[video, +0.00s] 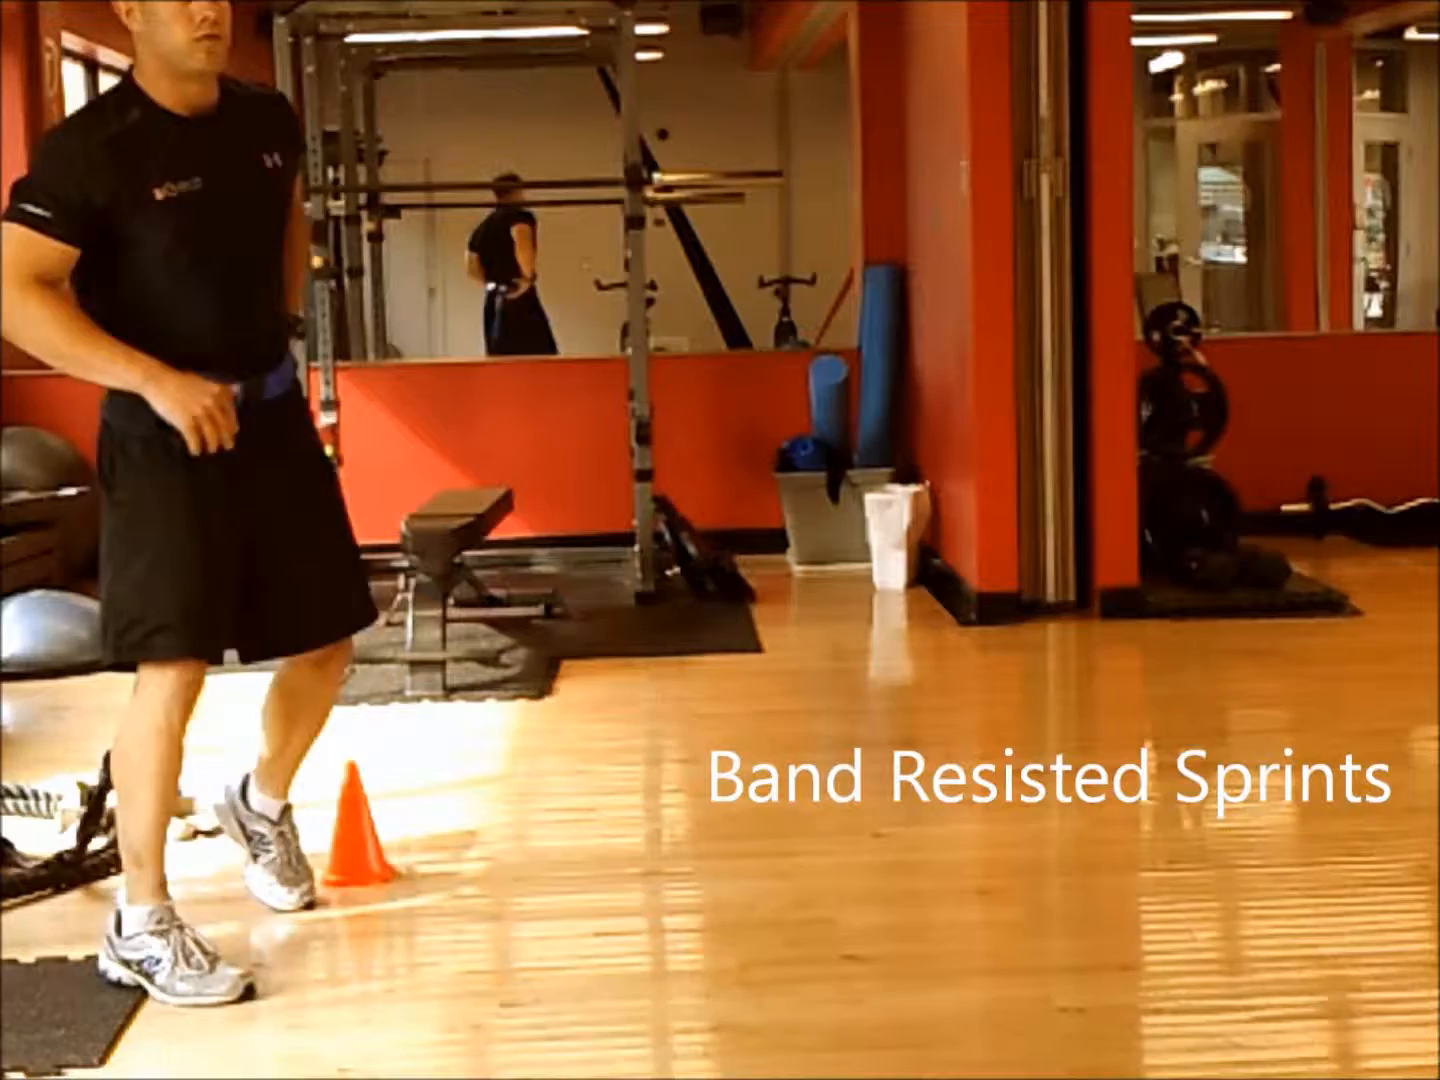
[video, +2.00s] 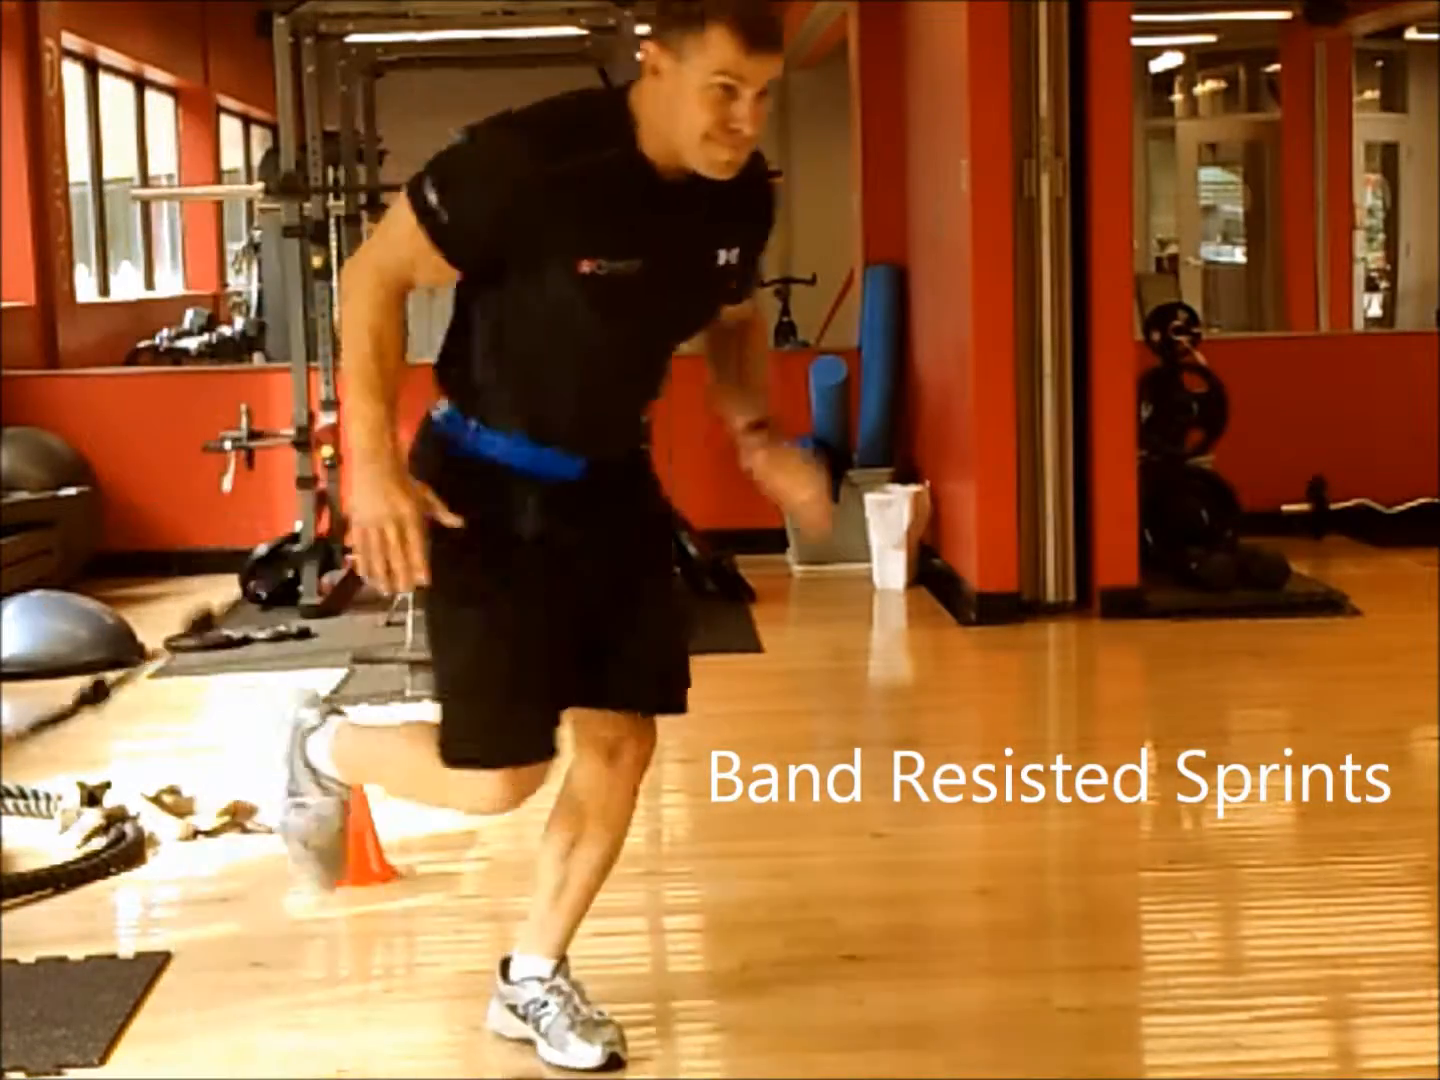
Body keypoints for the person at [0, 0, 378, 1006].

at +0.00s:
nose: (214, 13)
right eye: (189, 1)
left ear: (229, 14)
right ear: (133, 17)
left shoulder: (268, 121)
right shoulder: (82, 147)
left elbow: (292, 243)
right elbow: (23, 301)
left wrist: (280, 342)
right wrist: (156, 379)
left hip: (272, 415)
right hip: (160, 431)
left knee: (327, 634)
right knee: (173, 664)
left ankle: (263, 799)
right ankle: (142, 916)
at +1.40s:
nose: (368, 125)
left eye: (381, 104)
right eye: (348, 103)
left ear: (391, 99)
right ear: (294, 86)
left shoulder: (405, 194)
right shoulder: (201, 167)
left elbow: (445, 314)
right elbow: (75, 237)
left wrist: (466, 381)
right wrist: (57, 377)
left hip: (305, 458)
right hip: (202, 443)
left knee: (271, 662)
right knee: (244, 645)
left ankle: (235, 835)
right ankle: (190, 867)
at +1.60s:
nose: (419, 179)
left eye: (430, 155)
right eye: (397, 154)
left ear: (442, 150)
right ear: (336, 141)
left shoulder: (450, 239)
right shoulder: (237, 220)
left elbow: (470, 344)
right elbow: (108, 310)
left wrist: (482, 460)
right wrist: (136, 471)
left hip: (352, 499)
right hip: (236, 493)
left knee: (362, 718)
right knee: (251, 709)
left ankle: (259, 794)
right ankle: (187, 875)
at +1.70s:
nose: (460, 170)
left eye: (472, 146)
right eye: (437, 144)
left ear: (485, 143)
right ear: (374, 137)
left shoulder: (491, 226)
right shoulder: (284, 215)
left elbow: (493, 318)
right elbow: (197, 367)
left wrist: (477, 428)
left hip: (400, 493)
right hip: (272, 494)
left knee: (441, 709)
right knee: (245, 715)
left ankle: (350, 802)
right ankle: (191, 877)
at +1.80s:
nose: (560, 127)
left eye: (572, 105)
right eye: (538, 103)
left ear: (582, 101)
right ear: (469, 90)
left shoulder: (570, 184)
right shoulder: (372, 169)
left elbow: (541, 294)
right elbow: (289, 333)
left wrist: (523, 359)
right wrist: (453, 320)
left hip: (464, 467)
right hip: (332, 468)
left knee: (515, 668)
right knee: (280, 672)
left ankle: (482, 914)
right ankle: (205, 850)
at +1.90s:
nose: (660, 133)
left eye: (677, 111)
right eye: (637, 105)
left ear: (688, 108)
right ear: (570, 86)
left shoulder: (659, 186)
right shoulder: (457, 164)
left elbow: (603, 295)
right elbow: (339, 317)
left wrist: (606, 387)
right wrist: (505, 409)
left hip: (536, 474)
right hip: (403, 469)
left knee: (590, 709)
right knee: (374, 730)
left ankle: (535, 971)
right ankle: (234, 763)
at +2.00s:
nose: (746, 120)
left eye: (764, 95)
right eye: (726, 90)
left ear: (776, 88)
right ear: (651, 63)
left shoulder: (744, 192)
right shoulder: (525, 157)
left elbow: (737, 332)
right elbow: (371, 275)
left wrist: (755, 435)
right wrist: (368, 457)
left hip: (611, 488)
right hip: (482, 486)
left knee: (616, 742)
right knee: (500, 771)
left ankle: (534, 972)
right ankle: (327, 741)